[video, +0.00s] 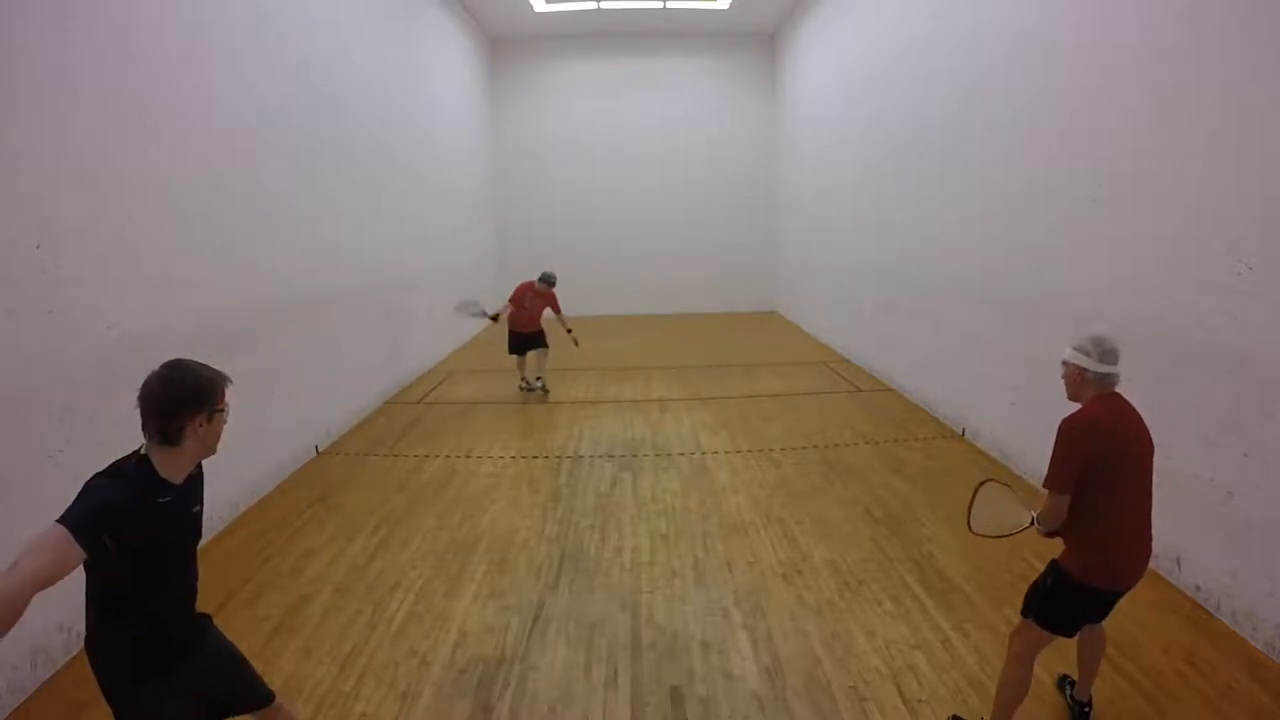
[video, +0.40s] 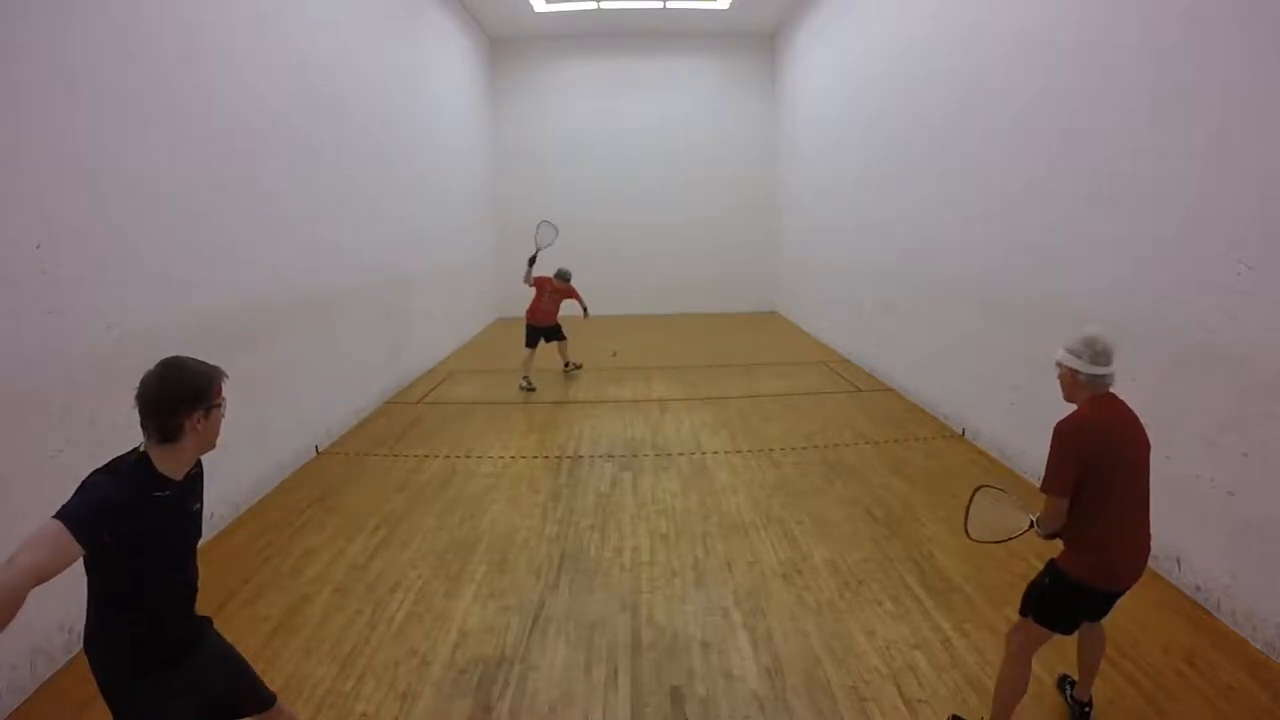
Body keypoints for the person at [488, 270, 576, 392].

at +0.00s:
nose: (548, 290)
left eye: (550, 288)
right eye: (547, 287)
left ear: (550, 287)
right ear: (541, 283)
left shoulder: (549, 295)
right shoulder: (524, 288)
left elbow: (558, 314)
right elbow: (510, 304)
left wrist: (569, 332)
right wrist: (499, 314)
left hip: (535, 327)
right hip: (517, 327)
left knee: (543, 349)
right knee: (521, 354)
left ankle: (540, 380)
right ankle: (523, 380)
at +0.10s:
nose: (550, 289)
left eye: (552, 287)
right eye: (549, 286)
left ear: (553, 284)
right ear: (543, 280)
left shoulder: (552, 293)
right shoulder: (527, 284)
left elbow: (562, 312)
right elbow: (512, 295)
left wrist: (573, 329)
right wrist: (499, 297)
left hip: (537, 324)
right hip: (519, 324)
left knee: (549, 345)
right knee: (522, 352)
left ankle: (547, 375)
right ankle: (523, 379)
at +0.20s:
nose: (554, 287)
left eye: (556, 285)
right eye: (553, 284)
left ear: (557, 283)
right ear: (547, 279)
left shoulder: (556, 292)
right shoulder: (532, 281)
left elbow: (567, 309)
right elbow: (513, 287)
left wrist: (577, 325)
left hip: (540, 321)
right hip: (523, 322)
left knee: (554, 343)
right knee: (524, 350)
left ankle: (556, 370)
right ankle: (523, 379)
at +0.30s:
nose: (558, 284)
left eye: (560, 282)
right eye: (557, 281)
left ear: (561, 281)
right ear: (551, 276)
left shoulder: (560, 290)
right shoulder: (537, 280)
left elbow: (573, 304)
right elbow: (519, 279)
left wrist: (583, 318)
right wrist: (519, 266)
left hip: (544, 321)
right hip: (527, 322)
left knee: (558, 341)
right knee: (526, 350)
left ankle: (563, 365)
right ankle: (524, 379)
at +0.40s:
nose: (564, 286)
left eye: (566, 283)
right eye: (563, 283)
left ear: (567, 282)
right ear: (557, 279)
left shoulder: (567, 289)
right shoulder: (544, 281)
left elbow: (578, 298)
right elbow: (528, 281)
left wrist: (585, 309)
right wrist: (530, 267)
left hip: (550, 322)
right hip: (534, 321)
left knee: (562, 341)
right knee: (531, 350)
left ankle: (567, 364)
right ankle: (525, 379)